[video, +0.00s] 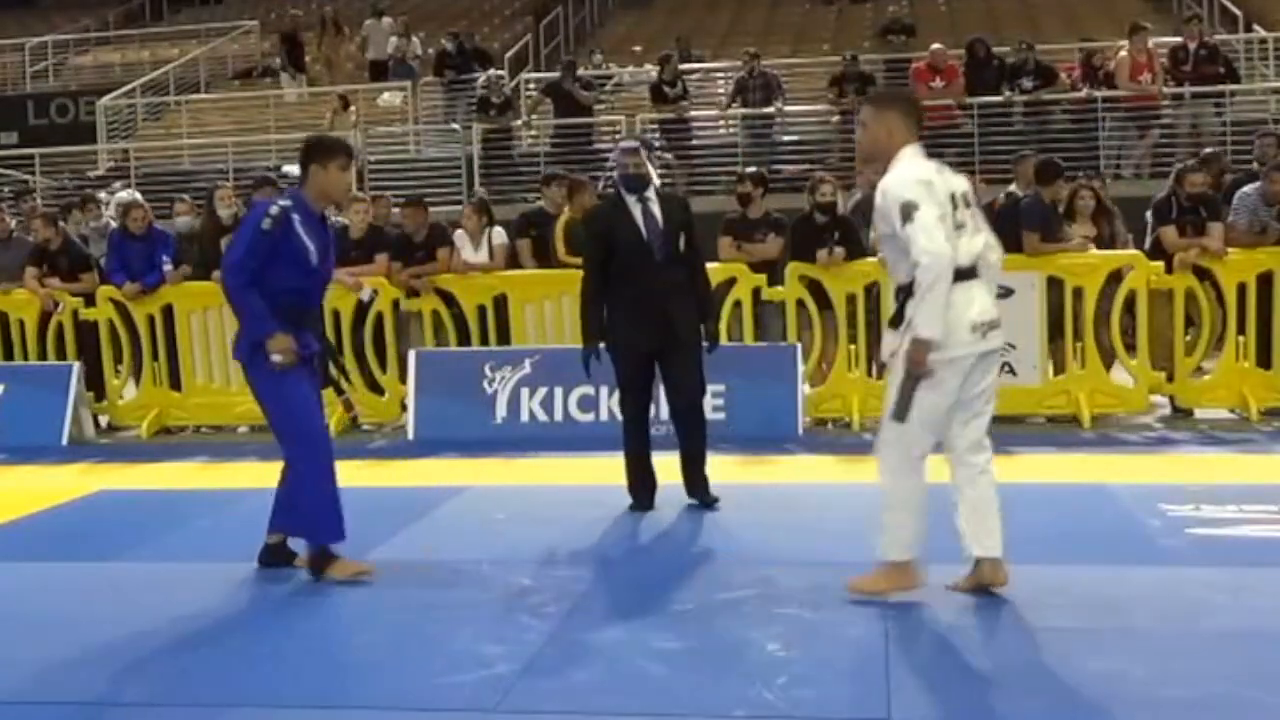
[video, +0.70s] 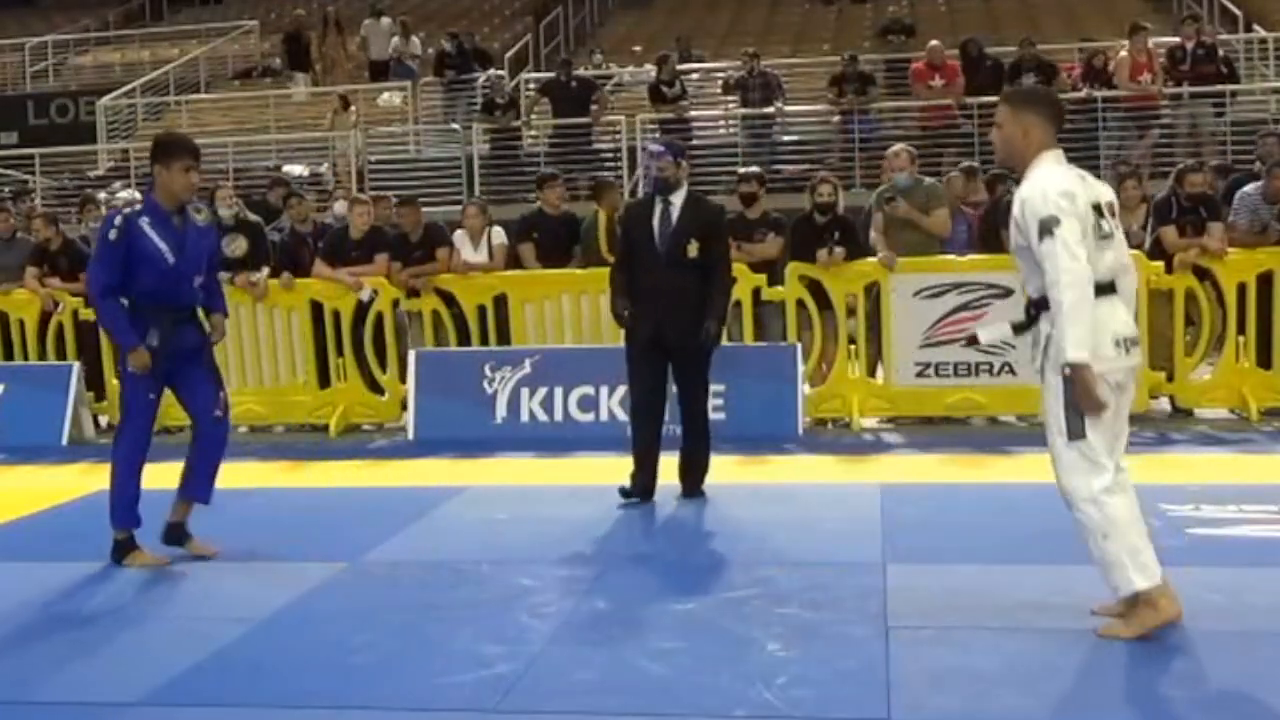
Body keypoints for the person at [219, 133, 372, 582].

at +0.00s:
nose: (351, 180)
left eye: (352, 171)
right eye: (345, 170)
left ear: (326, 173)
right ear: (317, 170)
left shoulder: (322, 227)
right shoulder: (272, 214)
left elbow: (309, 295)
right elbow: (234, 275)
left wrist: (317, 347)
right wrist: (269, 332)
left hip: (305, 345)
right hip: (270, 347)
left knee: (307, 441)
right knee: (310, 440)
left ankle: (276, 541)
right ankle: (322, 551)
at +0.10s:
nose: (329, 175)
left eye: (329, 165)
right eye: (322, 164)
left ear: (302, 168)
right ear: (294, 165)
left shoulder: (302, 223)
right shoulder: (249, 207)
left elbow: (293, 287)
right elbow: (213, 268)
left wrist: (302, 340)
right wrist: (244, 329)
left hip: (287, 344)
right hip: (251, 344)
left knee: (298, 444)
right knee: (277, 439)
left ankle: (278, 540)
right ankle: (257, 540)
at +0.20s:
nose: (304, 172)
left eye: (304, 163)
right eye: (297, 162)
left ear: (281, 166)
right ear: (269, 164)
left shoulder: (282, 223)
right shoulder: (226, 212)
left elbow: (283, 287)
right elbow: (196, 273)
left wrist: (291, 334)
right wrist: (222, 336)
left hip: (276, 345)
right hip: (235, 345)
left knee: (284, 442)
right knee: (236, 438)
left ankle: (275, 542)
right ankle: (192, 526)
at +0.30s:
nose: (279, 176)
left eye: (279, 166)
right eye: (272, 166)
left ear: (255, 169)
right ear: (244, 166)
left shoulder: (260, 226)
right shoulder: (201, 217)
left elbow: (265, 284)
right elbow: (183, 283)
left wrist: (278, 325)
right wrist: (201, 351)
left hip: (257, 346)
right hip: (214, 346)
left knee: (271, 439)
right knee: (196, 442)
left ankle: (272, 542)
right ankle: (146, 523)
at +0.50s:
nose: (231, 190)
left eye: (232, 181)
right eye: (223, 181)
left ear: (216, 184)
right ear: (194, 182)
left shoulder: (224, 234)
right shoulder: (155, 236)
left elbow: (226, 290)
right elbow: (142, 302)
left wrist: (233, 330)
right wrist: (161, 364)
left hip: (208, 357)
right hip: (164, 359)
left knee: (232, 441)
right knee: (148, 450)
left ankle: (255, 539)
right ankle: (123, 543)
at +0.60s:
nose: (212, 183)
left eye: (213, 175)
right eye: (204, 174)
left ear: (203, 177)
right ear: (175, 175)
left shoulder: (207, 231)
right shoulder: (136, 226)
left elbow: (214, 283)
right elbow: (120, 296)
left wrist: (221, 319)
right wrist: (143, 354)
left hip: (197, 343)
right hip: (152, 346)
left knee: (223, 430)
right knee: (141, 441)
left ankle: (219, 535)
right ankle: (124, 540)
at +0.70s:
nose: (195, 180)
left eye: (197, 172)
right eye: (187, 171)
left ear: (194, 175)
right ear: (160, 172)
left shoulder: (200, 221)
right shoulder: (125, 219)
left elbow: (209, 276)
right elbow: (100, 288)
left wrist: (217, 312)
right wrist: (130, 345)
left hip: (188, 336)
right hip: (143, 339)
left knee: (214, 424)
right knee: (134, 436)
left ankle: (178, 524)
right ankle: (123, 540)